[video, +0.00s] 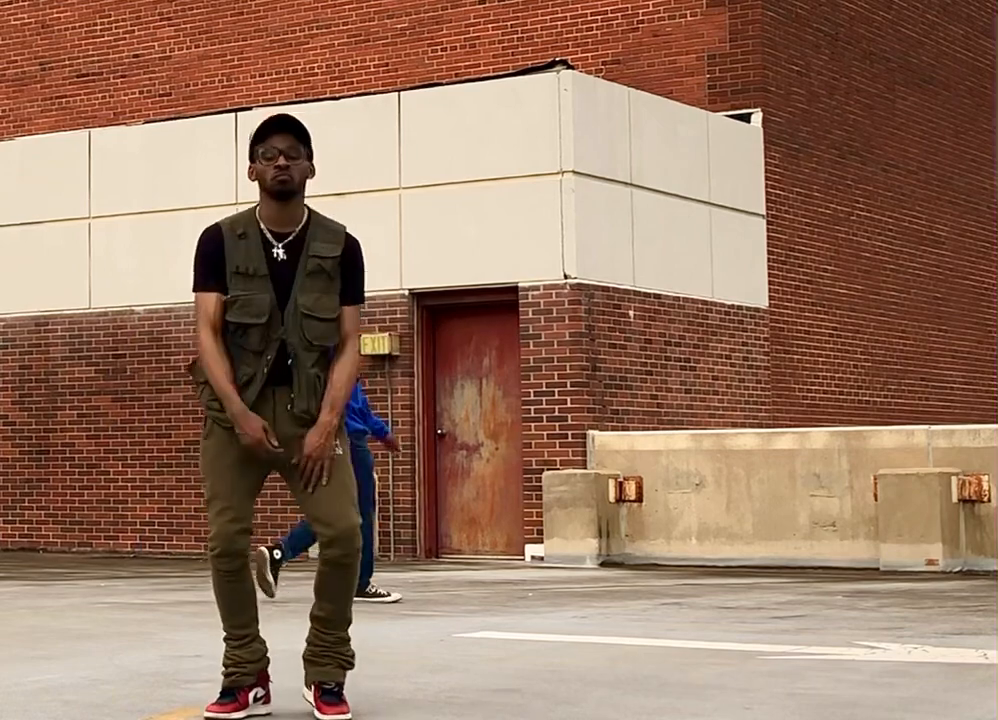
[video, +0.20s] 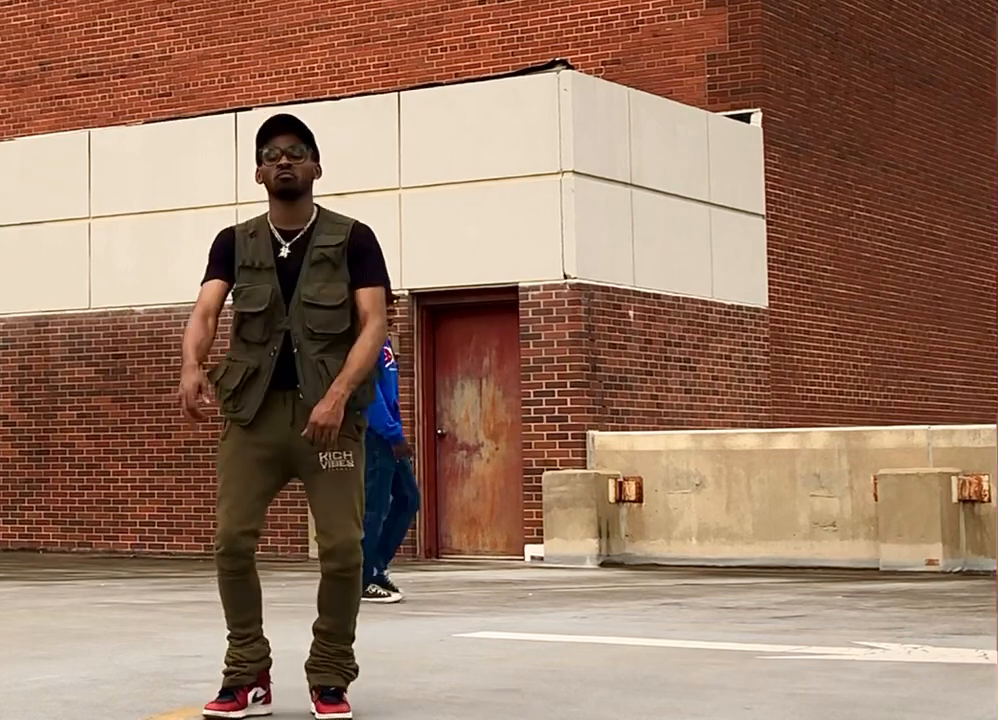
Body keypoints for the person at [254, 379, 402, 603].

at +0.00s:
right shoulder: (344, 374)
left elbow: (359, 407)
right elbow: (358, 407)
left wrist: (383, 433)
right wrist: (384, 432)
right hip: (354, 438)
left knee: (330, 511)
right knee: (364, 513)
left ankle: (278, 553)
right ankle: (361, 582)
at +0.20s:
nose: (391, 311)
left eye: (392, 303)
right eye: (388, 301)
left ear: (386, 309)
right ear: (373, 308)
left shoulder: (384, 343)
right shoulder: (366, 345)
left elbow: (384, 391)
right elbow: (370, 396)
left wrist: (396, 429)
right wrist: (394, 434)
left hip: (390, 436)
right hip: (375, 436)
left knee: (408, 499)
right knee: (376, 507)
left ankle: (377, 566)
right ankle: (366, 577)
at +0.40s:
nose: (433, 314)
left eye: (435, 309)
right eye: (427, 310)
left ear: (436, 310)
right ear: (409, 312)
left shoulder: (427, 342)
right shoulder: (403, 343)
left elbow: (449, 387)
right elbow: (423, 392)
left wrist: (475, 416)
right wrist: (462, 425)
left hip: (434, 439)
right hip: (413, 439)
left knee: (452, 508)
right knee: (405, 514)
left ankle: (464, 581)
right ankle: (365, 576)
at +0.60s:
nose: (466, 313)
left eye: (469, 308)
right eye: (460, 307)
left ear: (470, 308)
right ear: (444, 307)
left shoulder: (466, 337)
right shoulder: (430, 336)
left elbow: (498, 368)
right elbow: (465, 363)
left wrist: (523, 349)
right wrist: (515, 347)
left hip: (466, 429)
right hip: (449, 430)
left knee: (475, 506)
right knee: (471, 505)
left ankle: (467, 581)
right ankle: (411, 553)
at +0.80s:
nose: (504, 313)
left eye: (507, 308)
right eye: (498, 307)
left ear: (511, 308)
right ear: (482, 304)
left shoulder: (507, 333)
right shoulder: (465, 332)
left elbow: (539, 361)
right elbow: (497, 360)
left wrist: (544, 327)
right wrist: (534, 326)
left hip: (497, 424)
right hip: (481, 425)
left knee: (486, 504)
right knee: (518, 500)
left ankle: (467, 580)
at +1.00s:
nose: (550, 316)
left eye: (553, 310)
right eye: (542, 310)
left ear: (557, 310)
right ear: (525, 310)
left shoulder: (559, 345)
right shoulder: (511, 344)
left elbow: (572, 395)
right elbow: (516, 399)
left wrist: (589, 438)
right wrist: (539, 443)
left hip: (549, 436)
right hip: (527, 436)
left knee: (524, 509)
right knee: (559, 507)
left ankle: (476, 573)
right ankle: (578, 587)